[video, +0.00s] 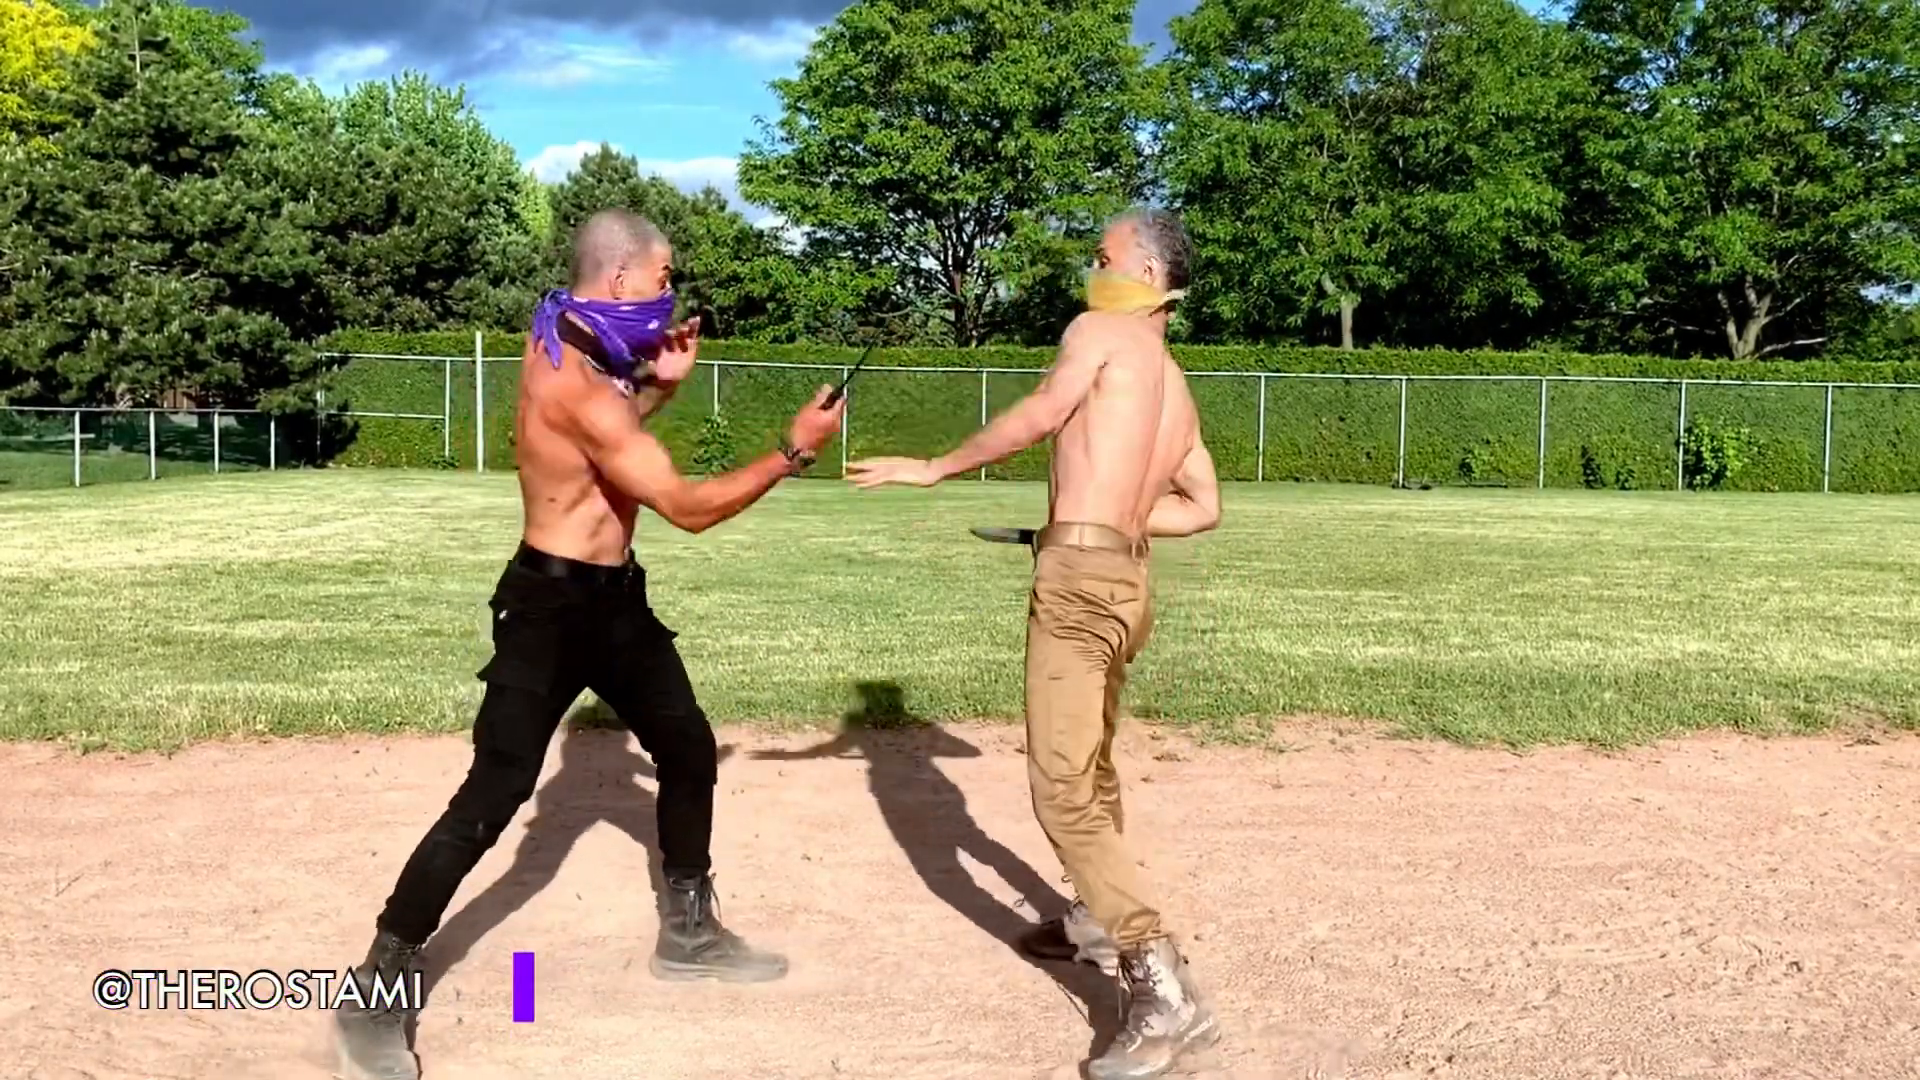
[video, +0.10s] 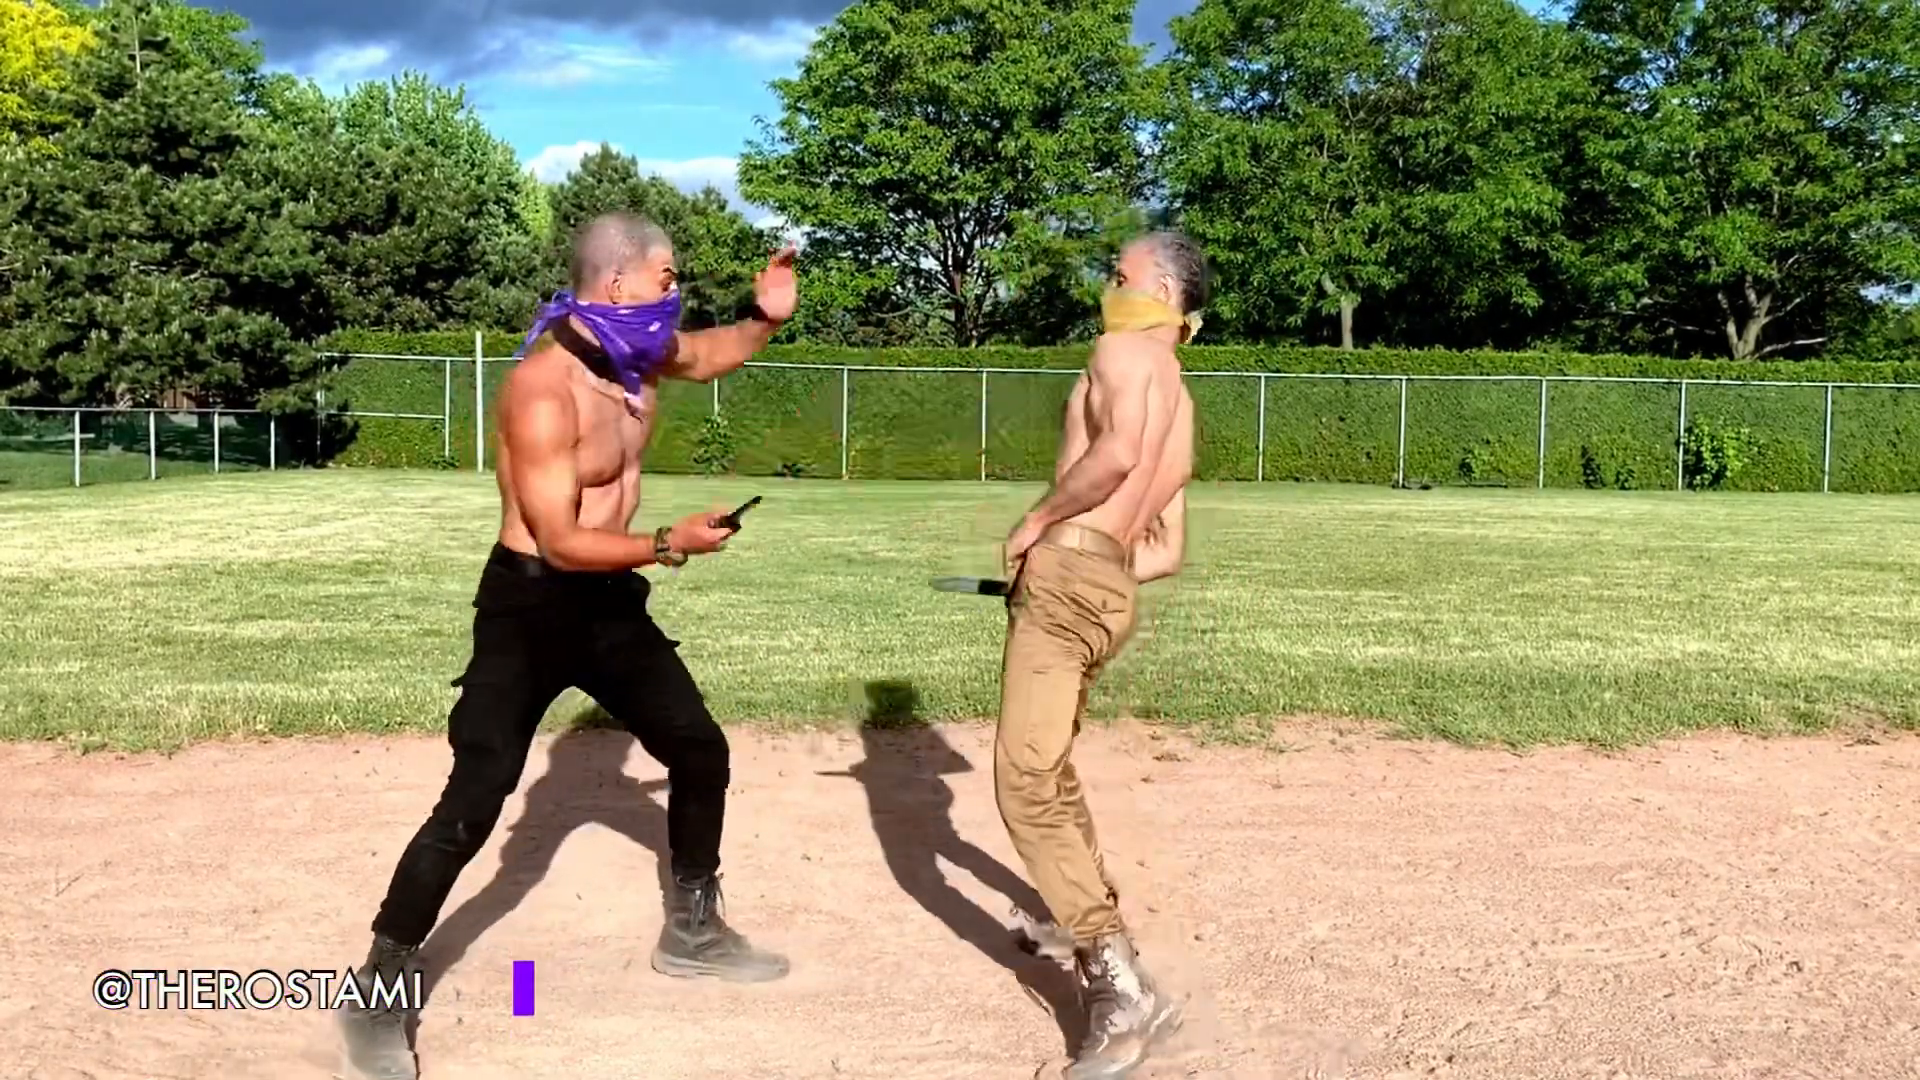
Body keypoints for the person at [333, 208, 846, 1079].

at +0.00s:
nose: (667, 298)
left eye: (669, 284)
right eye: (661, 283)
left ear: (603, 277)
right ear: (618, 280)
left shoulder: (564, 337)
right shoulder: (584, 388)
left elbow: (597, 457)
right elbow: (688, 507)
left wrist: (658, 393)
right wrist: (792, 451)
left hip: (612, 596)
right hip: (549, 602)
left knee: (689, 752)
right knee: (492, 795)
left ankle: (689, 931)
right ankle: (380, 984)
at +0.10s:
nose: (672, 297)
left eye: (673, 284)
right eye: (663, 282)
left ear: (623, 282)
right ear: (614, 283)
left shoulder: (636, 354)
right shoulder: (539, 385)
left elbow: (709, 352)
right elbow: (560, 540)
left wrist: (766, 320)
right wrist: (670, 542)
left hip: (611, 602)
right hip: (528, 607)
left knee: (702, 754)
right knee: (473, 803)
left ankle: (694, 928)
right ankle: (380, 987)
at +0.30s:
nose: (608, 325)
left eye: (611, 311)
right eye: (595, 310)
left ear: (595, 310)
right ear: (541, 313)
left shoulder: (600, 385)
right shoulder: (474, 418)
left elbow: (614, 471)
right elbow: (414, 540)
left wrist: (699, 497)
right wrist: (500, 613)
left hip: (613, 619)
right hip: (520, 631)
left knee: (711, 763)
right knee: (458, 820)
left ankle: (692, 933)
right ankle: (369, 997)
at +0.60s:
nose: (643, 320)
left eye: (644, 307)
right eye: (633, 306)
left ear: (597, 311)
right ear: (584, 310)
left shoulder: (601, 389)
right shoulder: (504, 404)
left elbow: (619, 461)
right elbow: (426, 535)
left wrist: (677, 409)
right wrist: (549, 557)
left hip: (598, 632)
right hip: (515, 641)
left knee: (706, 757)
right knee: (472, 840)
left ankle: (708, 931)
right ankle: (363, 999)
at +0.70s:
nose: (656, 318)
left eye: (658, 302)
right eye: (647, 300)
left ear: (626, 296)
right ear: (599, 296)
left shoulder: (616, 366)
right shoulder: (521, 361)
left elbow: (694, 353)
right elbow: (485, 459)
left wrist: (718, 276)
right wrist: (605, 420)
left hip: (598, 609)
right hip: (509, 612)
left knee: (691, 759)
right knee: (455, 806)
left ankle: (710, 928)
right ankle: (366, 990)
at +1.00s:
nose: (586, 327)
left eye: (588, 315)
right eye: (578, 312)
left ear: (537, 302)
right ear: (526, 303)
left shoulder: (552, 361)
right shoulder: (453, 388)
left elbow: (602, 392)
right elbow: (497, 534)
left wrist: (678, 398)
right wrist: (601, 470)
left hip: (586, 603)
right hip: (503, 620)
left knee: (679, 757)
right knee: (461, 820)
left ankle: (687, 924)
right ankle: (366, 986)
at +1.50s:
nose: (586, 321)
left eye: (589, 306)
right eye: (575, 304)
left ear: (559, 300)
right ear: (519, 293)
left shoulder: (568, 351)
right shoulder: (432, 355)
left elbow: (664, 393)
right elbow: (385, 488)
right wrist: (509, 482)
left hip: (521, 604)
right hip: (426, 606)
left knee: (609, 755)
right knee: (414, 804)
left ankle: (635, 925)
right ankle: (353, 986)